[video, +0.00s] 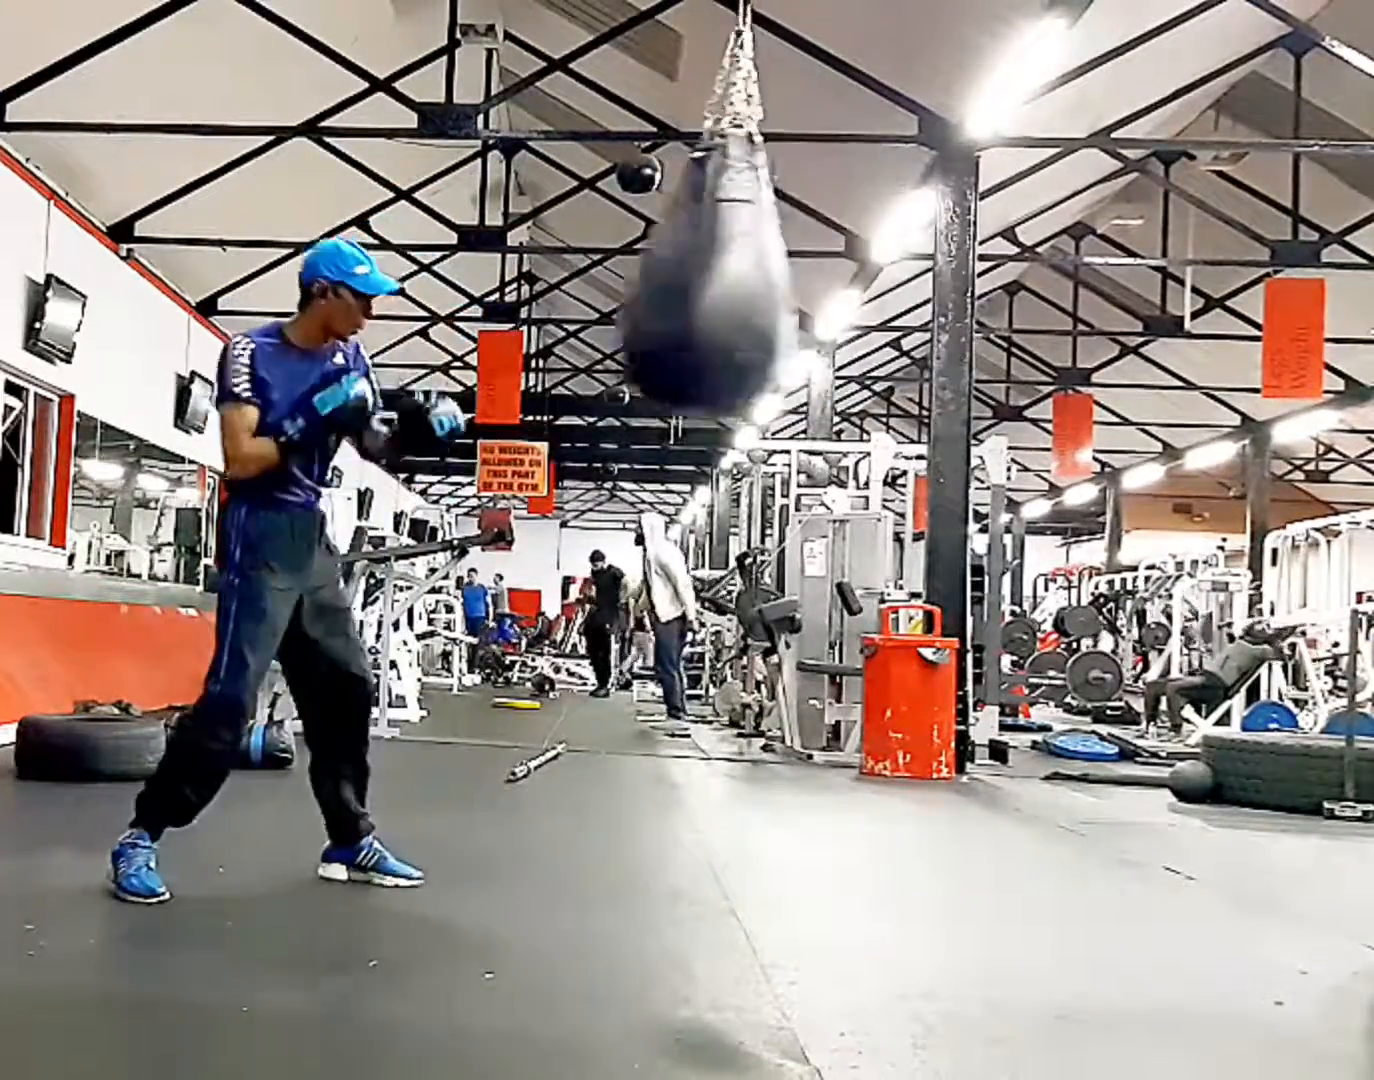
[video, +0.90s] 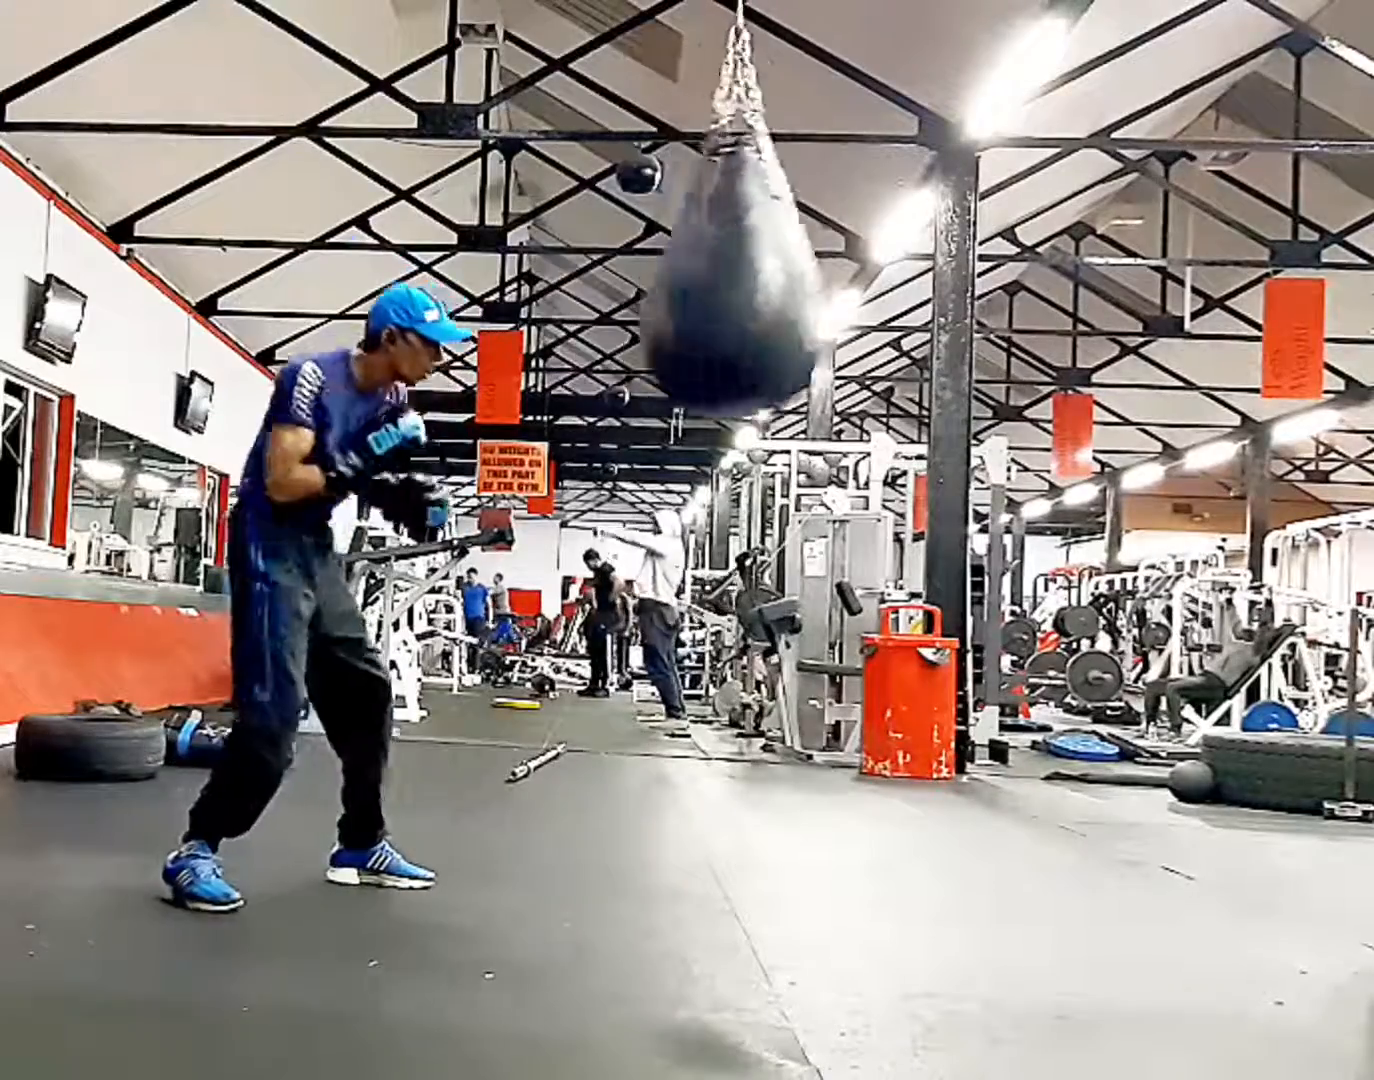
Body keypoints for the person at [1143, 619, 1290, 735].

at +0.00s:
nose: (1264, 628)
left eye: (1266, 627)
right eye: (1261, 625)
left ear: (1264, 635)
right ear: (1250, 630)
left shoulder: (1262, 650)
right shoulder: (1238, 643)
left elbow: (1282, 657)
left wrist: (1275, 641)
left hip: (1217, 682)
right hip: (1203, 673)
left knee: (1173, 687)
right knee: (1151, 687)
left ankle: (1176, 732)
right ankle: (1148, 728)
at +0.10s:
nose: (1252, 628)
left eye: (1258, 627)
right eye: (1253, 626)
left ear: (1262, 635)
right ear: (1250, 630)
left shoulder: (1260, 651)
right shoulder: (1237, 642)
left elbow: (1276, 645)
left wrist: (1280, 633)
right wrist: (1223, 625)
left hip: (1218, 682)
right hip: (1204, 675)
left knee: (1173, 688)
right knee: (1152, 687)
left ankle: (1176, 732)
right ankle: (1148, 729)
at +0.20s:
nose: (1249, 628)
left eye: (1254, 627)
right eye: (1248, 626)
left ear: (1261, 634)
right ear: (1245, 631)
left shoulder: (1258, 650)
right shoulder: (1235, 642)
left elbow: (1287, 630)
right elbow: (1224, 628)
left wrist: (1278, 624)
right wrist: (1222, 613)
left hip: (1217, 684)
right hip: (1202, 677)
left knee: (1174, 687)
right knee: (1152, 688)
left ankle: (1176, 731)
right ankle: (1148, 728)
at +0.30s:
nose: (1246, 634)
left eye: (1250, 633)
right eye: (1246, 632)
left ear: (1251, 638)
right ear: (1251, 637)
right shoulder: (1232, 644)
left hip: (1217, 683)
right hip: (1201, 677)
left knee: (1174, 687)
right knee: (1151, 688)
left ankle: (1176, 730)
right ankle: (1148, 727)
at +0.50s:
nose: (1247, 633)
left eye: (1249, 632)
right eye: (1243, 631)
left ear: (1252, 635)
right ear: (1239, 633)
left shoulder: (1254, 652)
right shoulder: (1233, 645)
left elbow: (1268, 630)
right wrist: (1229, 603)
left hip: (1218, 682)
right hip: (1202, 676)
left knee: (1174, 688)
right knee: (1152, 688)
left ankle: (1176, 730)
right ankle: (1149, 727)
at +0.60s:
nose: (1248, 632)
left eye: (1252, 631)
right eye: (1245, 631)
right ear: (1243, 633)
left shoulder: (1254, 653)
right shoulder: (1234, 645)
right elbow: (1235, 626)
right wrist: (1229, 605)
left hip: (1218, 682)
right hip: (1203, 676)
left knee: (1174, 688)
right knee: (1152, 688)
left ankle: (1175, 730)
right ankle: (1149, 727)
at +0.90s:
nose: (1258, 629)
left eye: (1263, 627)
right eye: (1258, 626)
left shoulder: (1255, 654)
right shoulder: (1236, 644)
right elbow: (1237, 628)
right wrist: (1229, 606)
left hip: (1218, 681)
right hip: (1204, 675)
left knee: (1173, 688)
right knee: (1152, 688)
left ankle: (1175, 731)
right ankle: (1148, 726)